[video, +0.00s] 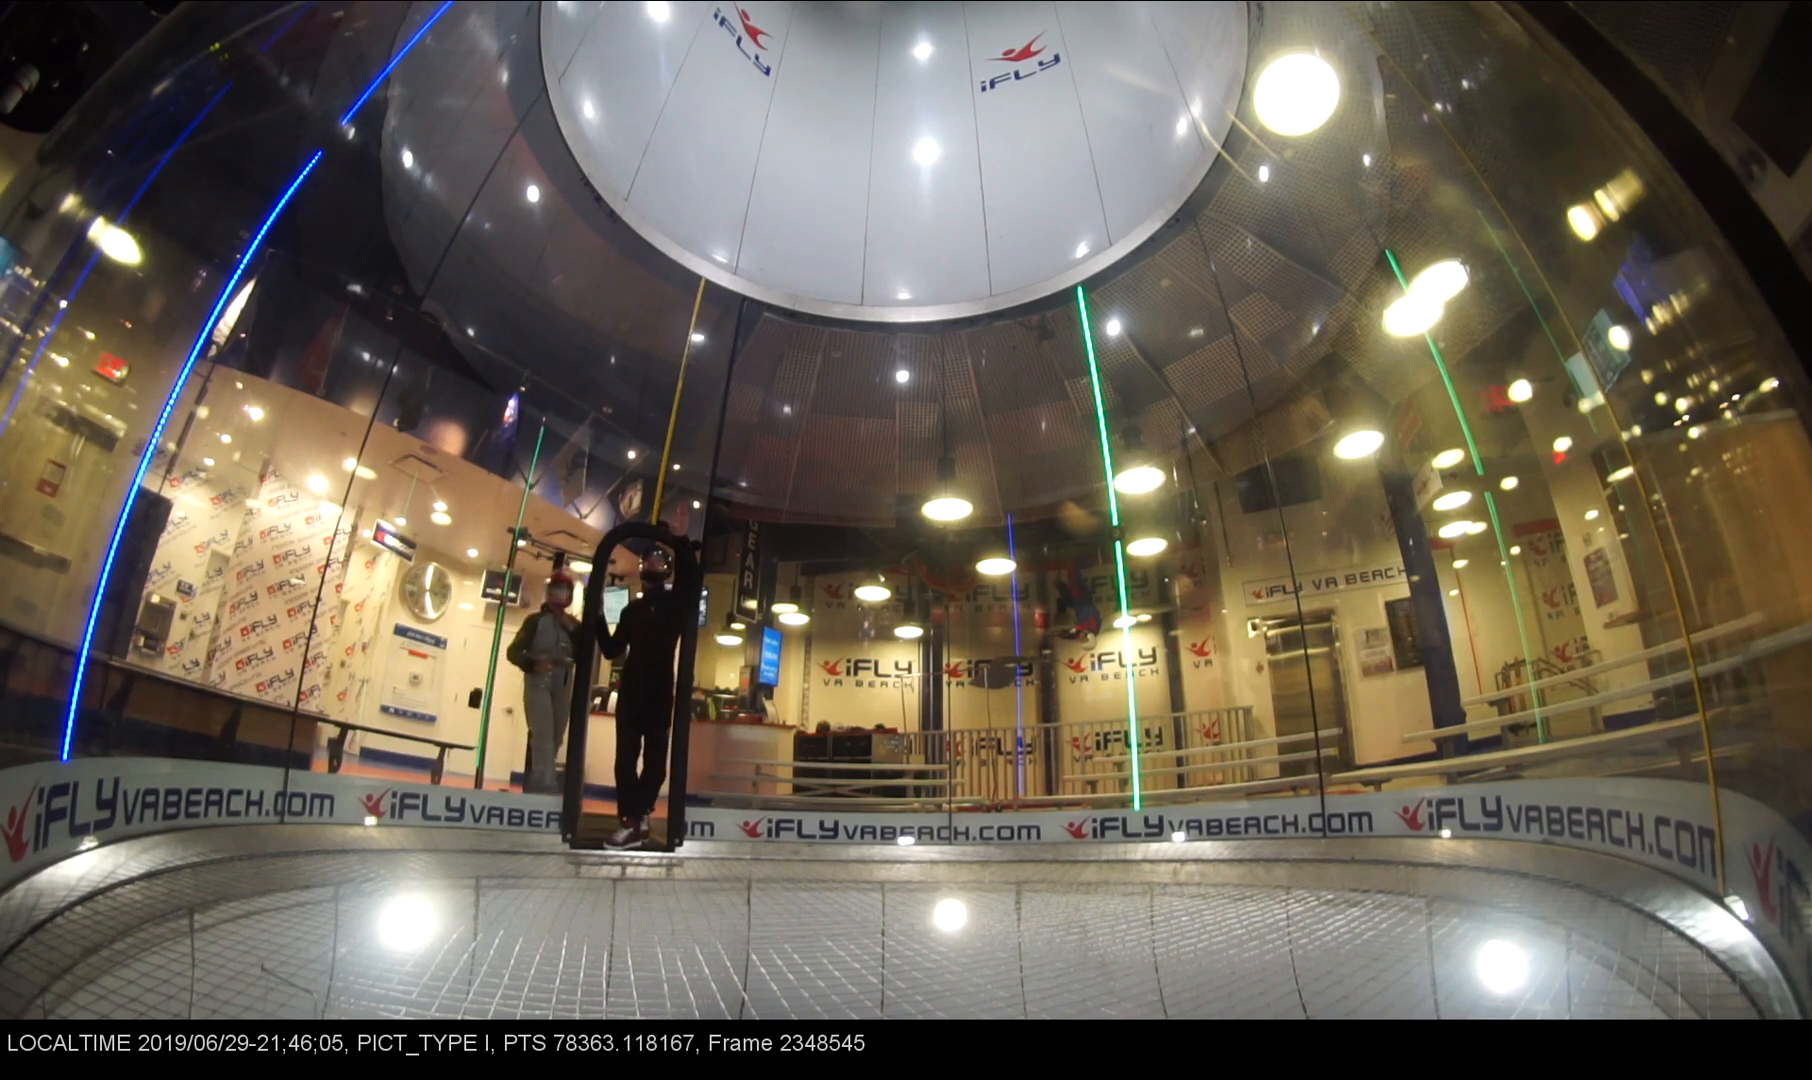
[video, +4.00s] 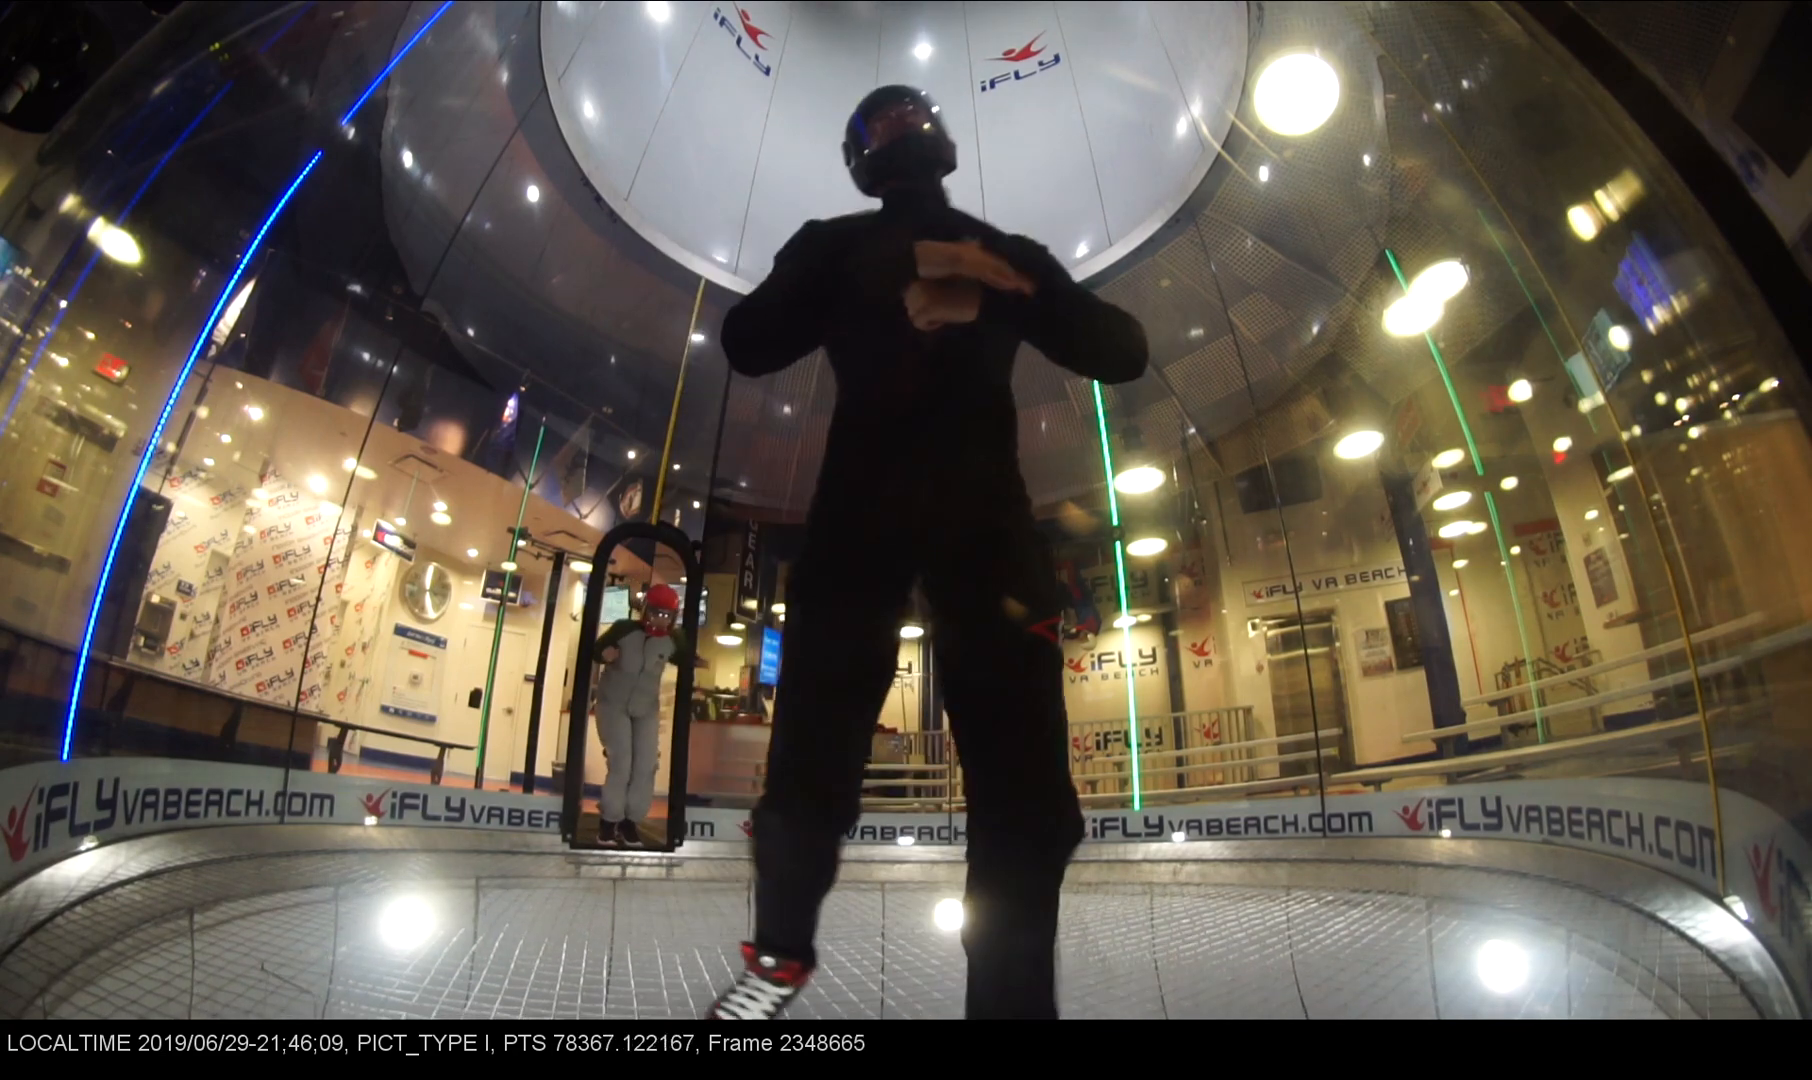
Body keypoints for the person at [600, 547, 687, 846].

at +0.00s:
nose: (650, 571)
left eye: (657, 567)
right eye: (646, 566)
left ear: (667, 576)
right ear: (642, 576)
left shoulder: (675, 603)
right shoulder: (632, 611)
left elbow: (690, 582)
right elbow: (611, 650)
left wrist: (681, 544)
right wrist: (597, 616)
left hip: (660, 685)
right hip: (632, 685)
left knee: (655, 758)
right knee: (626, 756)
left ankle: (642, 815)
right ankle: (630, 823)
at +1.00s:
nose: (700, 570)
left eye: (705, 564)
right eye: (700, 565)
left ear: (718, 568)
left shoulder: (741, 605)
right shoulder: (700, 608)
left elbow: (752, 610)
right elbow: (655, 629)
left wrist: (736, 575)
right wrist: (614, 612)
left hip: (718, 699)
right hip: (687, 697)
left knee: (718, 778)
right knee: (664, 770)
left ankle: (721, 847)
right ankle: (664, 840)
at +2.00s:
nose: (698, 533)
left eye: (707, 526)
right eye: (694, 525)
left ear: (722, 533)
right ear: (687, 532)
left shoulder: (734, 582)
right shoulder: (685, 586)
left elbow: (755, 616)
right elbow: (681, 637)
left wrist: (697, 631)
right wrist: (659, 645)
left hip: (715, 695)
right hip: (680, 692)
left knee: (695, 792)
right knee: (661, 789)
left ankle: (726, 849)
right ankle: (676, 872)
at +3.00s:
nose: (742, 325)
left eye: (755, 320)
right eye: (730, 316)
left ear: (770, 343)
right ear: (707, 333)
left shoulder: (785, 425)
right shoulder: (676, 395)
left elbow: (834, 504)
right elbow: (652, 322)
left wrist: (763, 434)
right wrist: (669, 225)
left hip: (742, 612)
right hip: (664, 606)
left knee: (747, 782)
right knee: (656, 779)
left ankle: (725, 872)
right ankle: (649, 943)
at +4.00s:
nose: (909, 129)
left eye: (922, 117)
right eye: (886, 124)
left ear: (950, 146)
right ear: (860, 161)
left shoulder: (1009, 256)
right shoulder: (835, 245)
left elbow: (1127, 352)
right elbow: (747, 346)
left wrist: (1017, 284)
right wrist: (871, 270)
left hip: (985, 521)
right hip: (858, 521)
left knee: (1025, 795)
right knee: (814, 753)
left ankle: (1013, 1011)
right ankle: (779, 954)